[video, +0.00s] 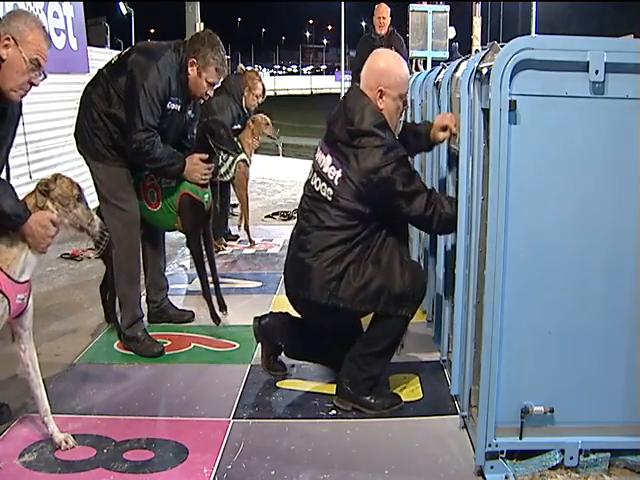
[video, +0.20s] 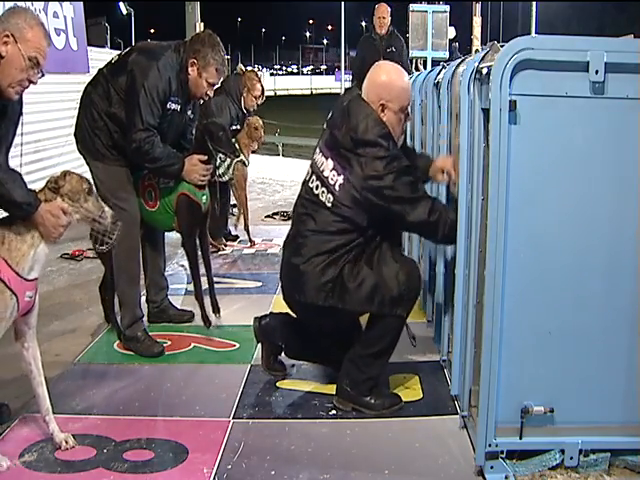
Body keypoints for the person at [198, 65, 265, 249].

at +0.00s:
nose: (258, 102)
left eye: (260, 98)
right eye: (256, 96)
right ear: (244, 91)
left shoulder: (241, 104)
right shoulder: (222, 106)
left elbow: (244, 127)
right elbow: (220, 137)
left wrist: (251, 141)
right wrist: (240, 152)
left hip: (224, 150)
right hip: (206, 152)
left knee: (224, 195)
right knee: (212, 197)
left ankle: (223, 229)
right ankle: (213, 234)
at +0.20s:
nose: (257, 102)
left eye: (259, 98)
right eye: (255, 97)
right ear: (243, 92)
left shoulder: (240, 106)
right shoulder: (222, 105)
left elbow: (241, 131)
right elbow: (219, 136)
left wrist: (251, 144)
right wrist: (236, 154)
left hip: (223, 151)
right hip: (207, 153)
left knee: (224, 195)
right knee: (214, 196)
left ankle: (224, 229)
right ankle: (213, 233)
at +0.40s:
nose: (257, 102)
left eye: (259, 98)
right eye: (255, 97)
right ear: (242, 91)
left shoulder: (239, 103)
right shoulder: (221, 105)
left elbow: (246, 128)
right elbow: (214, 130)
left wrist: (250, 143)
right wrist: (232, 156)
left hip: (223, 149)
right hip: (206, 151)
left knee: (225, 193)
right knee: (213, 195)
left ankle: (223, 229)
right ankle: (214, 233)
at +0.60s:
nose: (259, 100)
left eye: (260, 95)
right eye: (257, 94)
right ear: (243, 89)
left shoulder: (240, 102)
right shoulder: (221, 103)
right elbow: (216, 132)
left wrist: (250, 142)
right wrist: (232, 154)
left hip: (224, 150)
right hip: (206, 151)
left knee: (225, 194)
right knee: (213, 195)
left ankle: (223, 229)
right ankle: (213, 233)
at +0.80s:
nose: (262, 96)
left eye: (263, 92)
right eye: (260, 91)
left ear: (251, 87)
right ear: (247, 85)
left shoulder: (244, 98)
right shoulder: (224, 100)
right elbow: (222, 131)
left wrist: (254, 130)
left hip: (231, 143)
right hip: (211, 145)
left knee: (236, 185)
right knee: (216, 188)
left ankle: (231, 224)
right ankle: (214, 229)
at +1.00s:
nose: (269, 94)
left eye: (270, 89)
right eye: (266, 89)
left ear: (257, 85)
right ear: (253, 85)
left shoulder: (248, 95)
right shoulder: (232, 98)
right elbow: (229, 130)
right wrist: (250, 152)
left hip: (238, 143)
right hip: (216, 146)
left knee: (243, 190)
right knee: (216, 194)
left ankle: (249, 231)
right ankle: (212, 235)